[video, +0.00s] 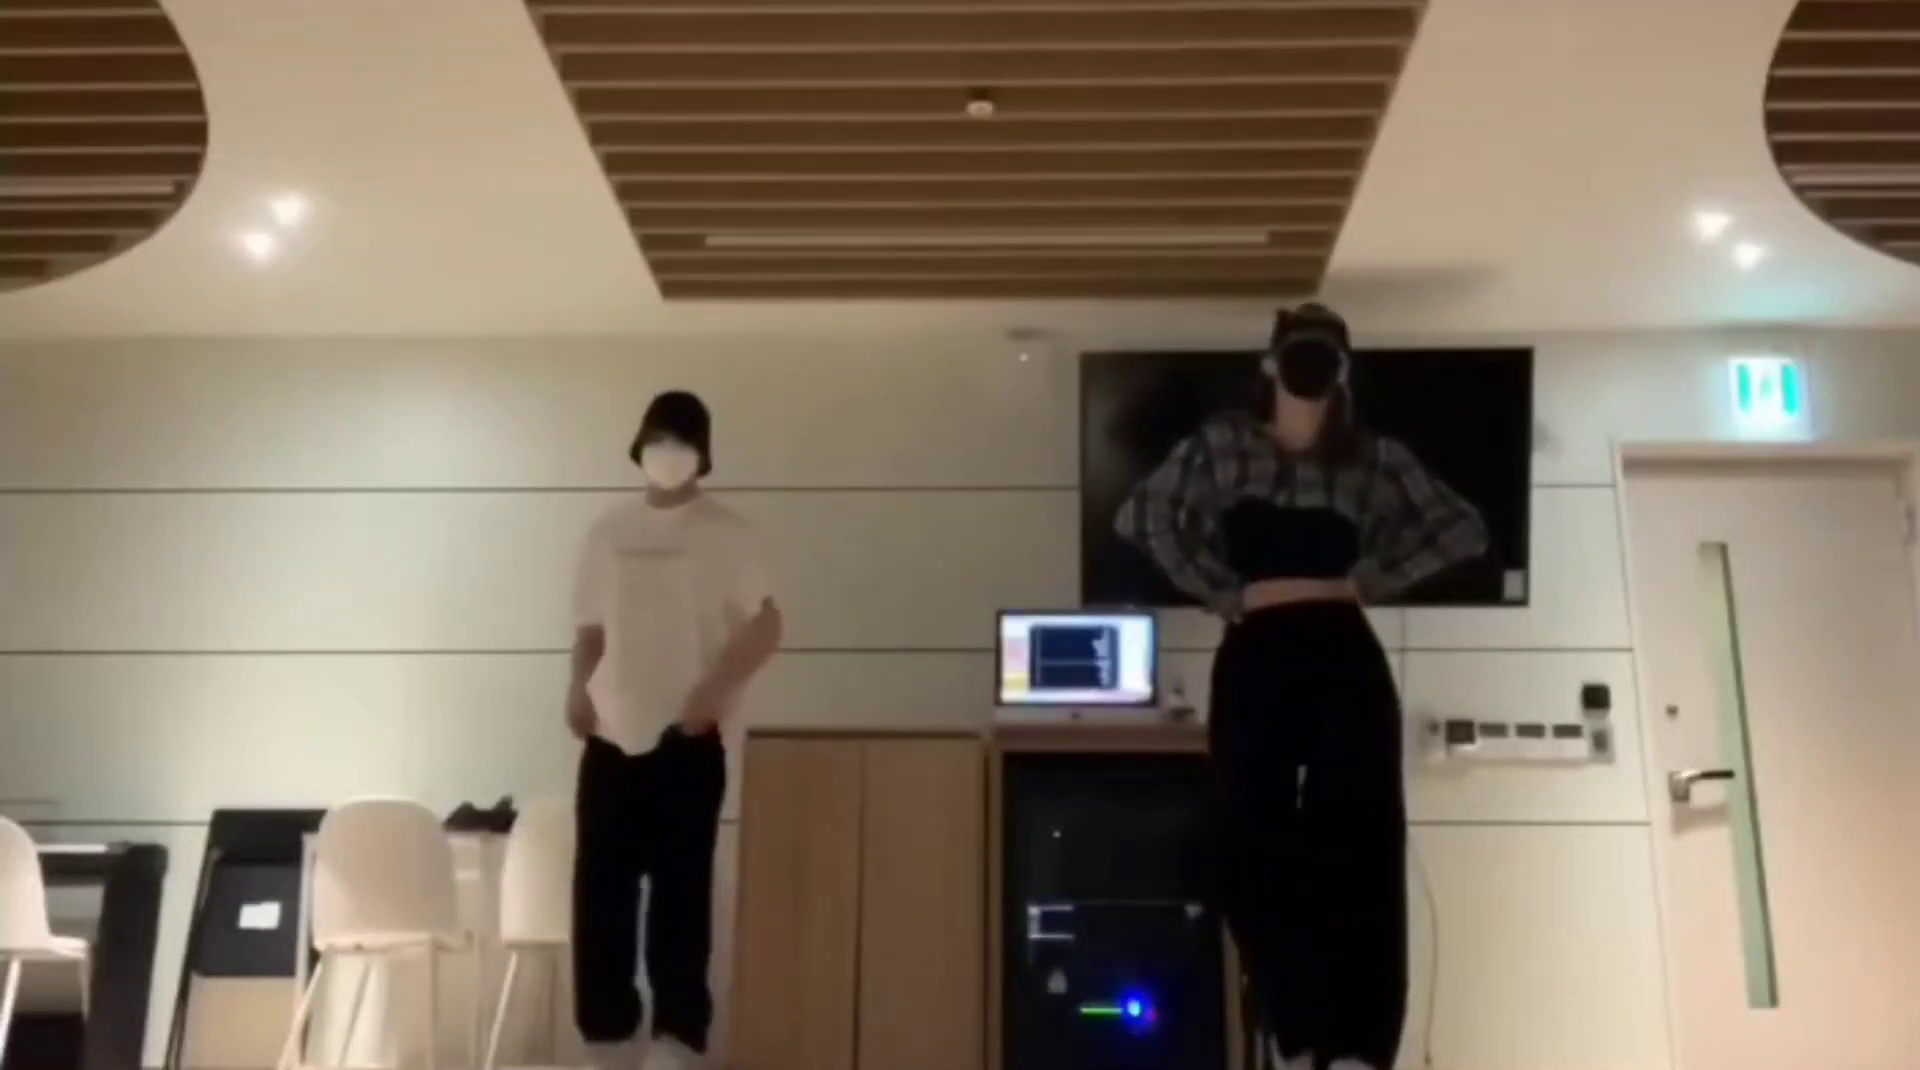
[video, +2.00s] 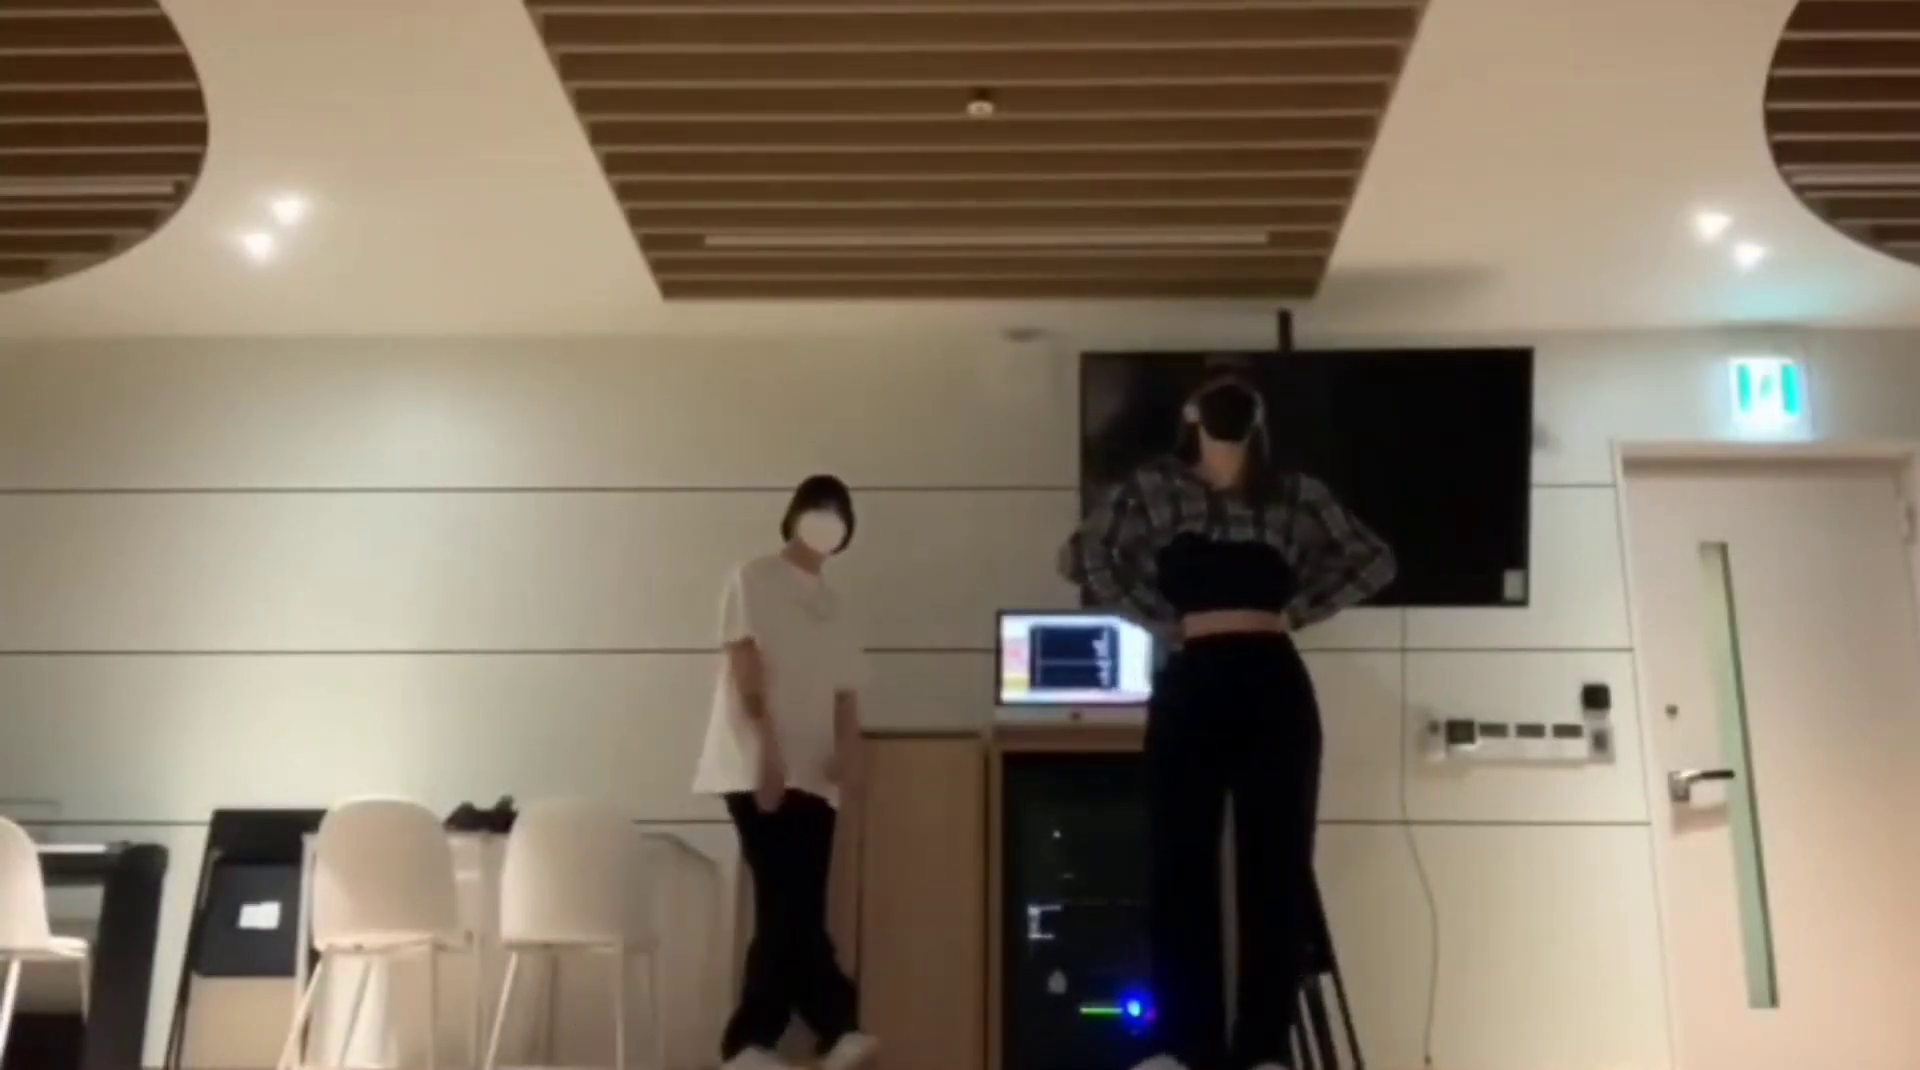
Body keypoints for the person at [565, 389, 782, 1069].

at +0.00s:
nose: (667, 455)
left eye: (681, 443)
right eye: (654, 443)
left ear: (703, 453)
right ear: (638, 451)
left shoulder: (733, 532)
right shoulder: (610, 530)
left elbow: (765, 624)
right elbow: (591, 624)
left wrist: (713, 692)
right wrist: (579, 684)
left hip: (692, 743)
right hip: (611, 743)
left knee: (682, 894)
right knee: (603, 893)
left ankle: (680, 1037)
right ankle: (606, 1036)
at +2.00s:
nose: (827, 526)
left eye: (839, 518)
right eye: (818, 512)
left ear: (847, 531)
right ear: (795, 516)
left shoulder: (832, 603)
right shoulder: (753, 578)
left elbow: (845, 690)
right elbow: (744, 670)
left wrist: (848, 756)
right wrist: (767, 754)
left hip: (815, 774)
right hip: (757, 769)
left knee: (793, 913)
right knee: (791, 908)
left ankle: (749, 1042)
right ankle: (836, 1028)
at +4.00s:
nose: (802, 481)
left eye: (816, 470)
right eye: (792, 468)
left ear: (836, 482)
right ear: (775, 475)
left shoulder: (854, 561)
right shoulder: (750, 558)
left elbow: (866, 656)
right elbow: (742, 656)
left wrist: (789, 723)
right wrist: (733, 732)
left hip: (822, 757)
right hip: (761, 753)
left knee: (784, 906)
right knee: (816, 902)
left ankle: (768, 1043)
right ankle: (886, 1029)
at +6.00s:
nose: (732, 517)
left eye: (737, 501)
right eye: (724, 509)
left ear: (762, 497)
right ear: (721, 523)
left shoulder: (784, 562)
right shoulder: (748, 582)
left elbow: (776, 494)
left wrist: (768, 451)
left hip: (809, 771)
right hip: (749, 779)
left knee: (864, 917)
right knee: (693, 923)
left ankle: (954, 1046)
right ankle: (623, 1051)